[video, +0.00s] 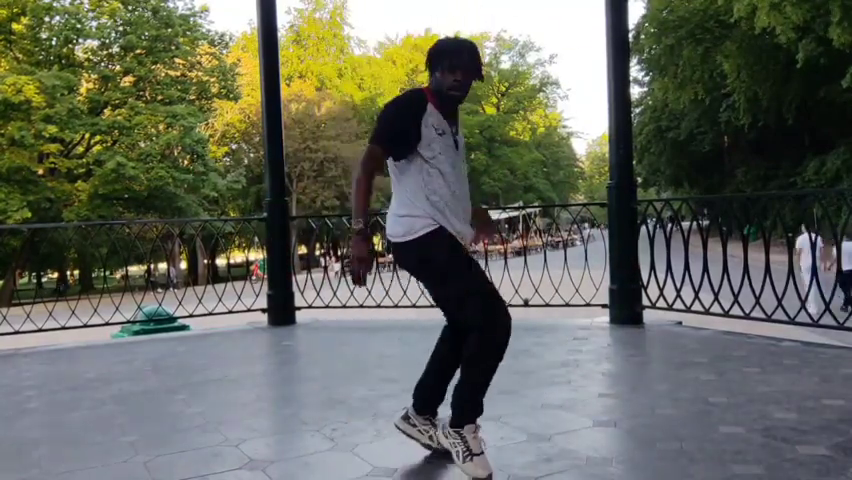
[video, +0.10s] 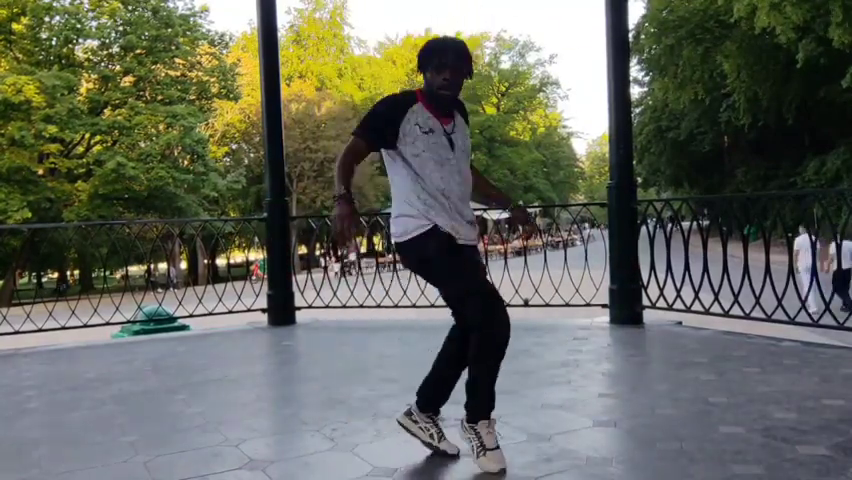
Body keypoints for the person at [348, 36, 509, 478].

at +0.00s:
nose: (458, 82)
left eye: (467, 76)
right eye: (450, 72)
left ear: (474, 79)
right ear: (432, 72)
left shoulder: (450, 122)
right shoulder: (407, 108)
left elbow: (441, 183)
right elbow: (366, 166)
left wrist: (475, 215)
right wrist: (360, 233)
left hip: (441, 234)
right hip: (418, 234)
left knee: (464, 322)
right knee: (494, 320)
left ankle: (420, 414)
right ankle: (462, 425)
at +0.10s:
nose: (449, 79)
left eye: (458, 73)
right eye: (441, 70)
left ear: (466, 78)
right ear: (424, 72)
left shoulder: (459, 117)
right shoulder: (396, 108)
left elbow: (463, 175)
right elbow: (348, 157)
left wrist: (507, 202)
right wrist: (343, 199)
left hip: (458, 235)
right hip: (419, 233)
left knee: (472, 321)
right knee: (493, 318)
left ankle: (422, 412)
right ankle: (479, 421)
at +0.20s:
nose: (441, 80)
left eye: (449, 73)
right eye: (432, 72)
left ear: (458, 76)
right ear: (416, 74)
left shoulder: (467, 115)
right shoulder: (388, 112)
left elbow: (487, 175)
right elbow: (343, 154)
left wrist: (524, 204)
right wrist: (353, 172)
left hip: (467, 232)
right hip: (419, 232)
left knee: (485, 323)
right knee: (474, 322)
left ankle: (430, 408)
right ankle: (483, 421)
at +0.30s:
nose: (435, 83)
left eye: (444, 76)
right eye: (427, 75)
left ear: (455, 79)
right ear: (413, 78)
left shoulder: (471, 117)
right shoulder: (388, 117)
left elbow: (497, 168)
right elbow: (349, 161)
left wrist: (525, 212)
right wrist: (371, 161)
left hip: (470, 242)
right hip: (419, 246)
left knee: (478, 326)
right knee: (445, 334)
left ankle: (439, 406)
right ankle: (480, 423)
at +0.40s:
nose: (436, 85)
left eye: (444, 77)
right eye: (427, 77)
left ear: (456, 81)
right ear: (413, 81)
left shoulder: (472, 120)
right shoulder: (394, 118)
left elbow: (502, 173)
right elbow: (366, 169)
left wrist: (523, 216)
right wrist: (390, 168)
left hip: (458, 243)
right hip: (405, 246)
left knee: (459, 333)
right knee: (403, 325)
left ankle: (453, 422)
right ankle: (464, 417)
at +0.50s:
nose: (435, 89)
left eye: (443, 81)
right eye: (426, 81)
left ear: (454, 84)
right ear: (412, 85)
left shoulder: (470, 122)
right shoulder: (395, 123)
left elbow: (503, 176)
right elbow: (374, 177)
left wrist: (526, 226)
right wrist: (399, 183)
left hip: (450, 242)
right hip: (402, 245)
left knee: (445, 330)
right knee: (376, 319)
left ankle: (463, 410)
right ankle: (429, 414)